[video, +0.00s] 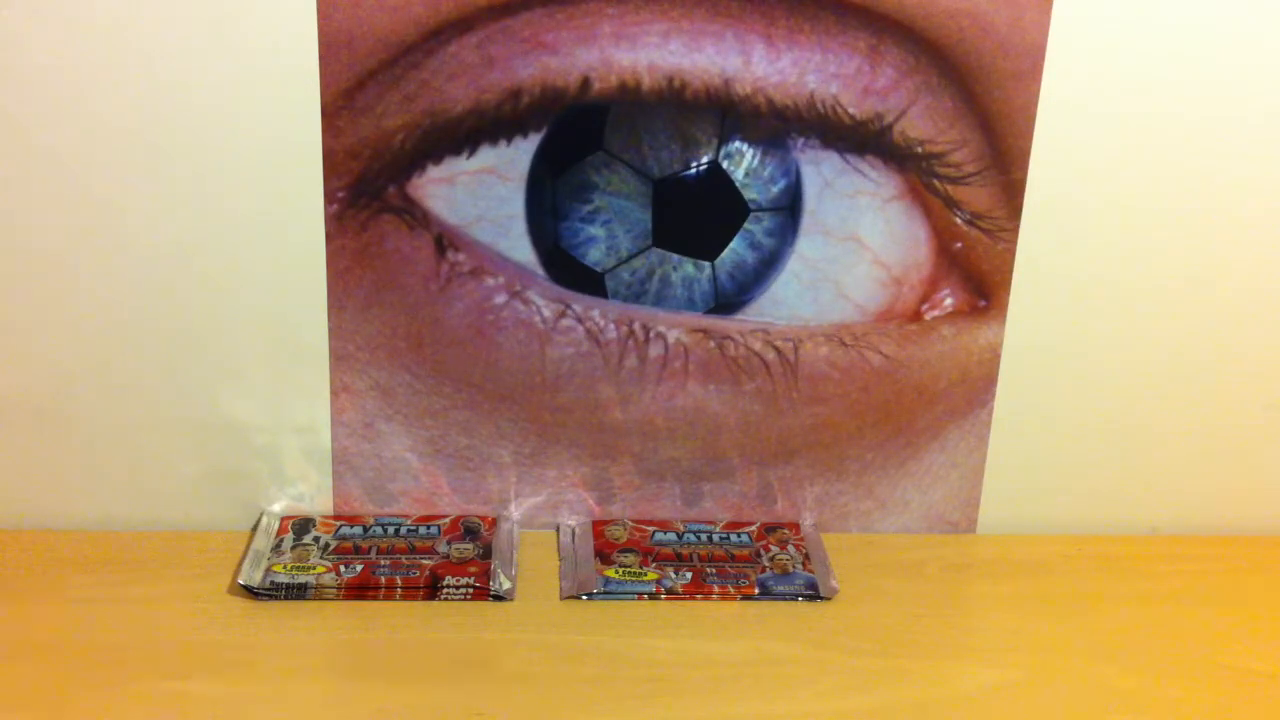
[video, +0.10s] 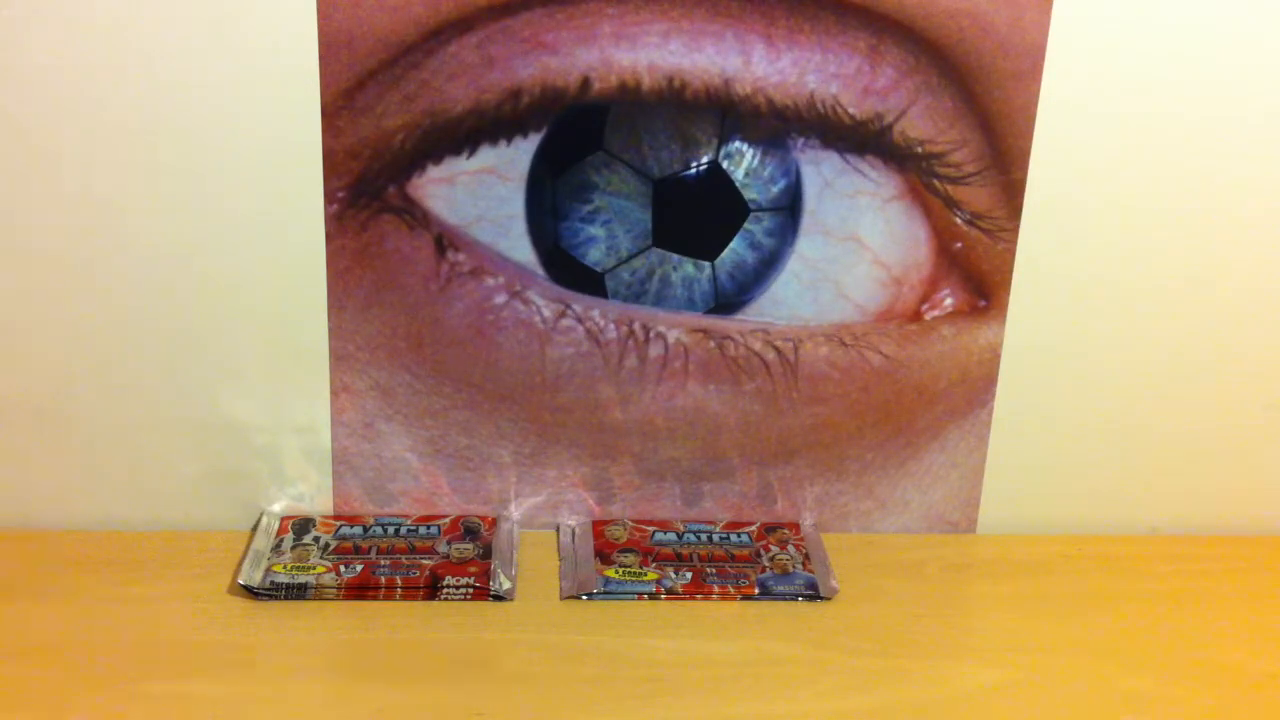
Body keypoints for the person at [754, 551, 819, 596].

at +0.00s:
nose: (785, 563)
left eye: (788, 560)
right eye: (780, 560)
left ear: (793, 562)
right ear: (772, 564)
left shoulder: (809, 579)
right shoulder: (763, 580)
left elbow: (818, 603)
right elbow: (761, 605)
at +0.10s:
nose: (785, 563)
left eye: (788, 560)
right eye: (780, 560)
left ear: (793, 562)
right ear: (772, 564)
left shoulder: (809, 579)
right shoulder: (763, 580)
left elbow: (818, 603)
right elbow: (761, 605)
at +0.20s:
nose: (785, 563)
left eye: (788, 560)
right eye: (780, 560)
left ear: (793, 562)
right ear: (772, 564)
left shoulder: (809, 579)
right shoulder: (763, 580)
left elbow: (818, 603)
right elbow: (761, 605)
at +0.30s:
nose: (785, 563)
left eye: (788, 560)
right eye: (780, 560)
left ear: (793, 562)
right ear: (772, 564)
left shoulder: (809, 579)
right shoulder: (763, 580)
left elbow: (818, 603)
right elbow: (761, 605)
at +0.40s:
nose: (784, 562)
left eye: (788, 560)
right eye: (780, 560)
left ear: (792, 563)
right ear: (772, 564)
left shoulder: (809, 579)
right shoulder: (763, 580)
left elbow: (818, 604)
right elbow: (761, 605)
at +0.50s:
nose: (784, 562)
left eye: (788, 560)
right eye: (780, 560)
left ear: (792, 563)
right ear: (772, 564)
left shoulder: (809, 579)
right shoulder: (763, 580)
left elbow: (818, 604)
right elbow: (761, 605)